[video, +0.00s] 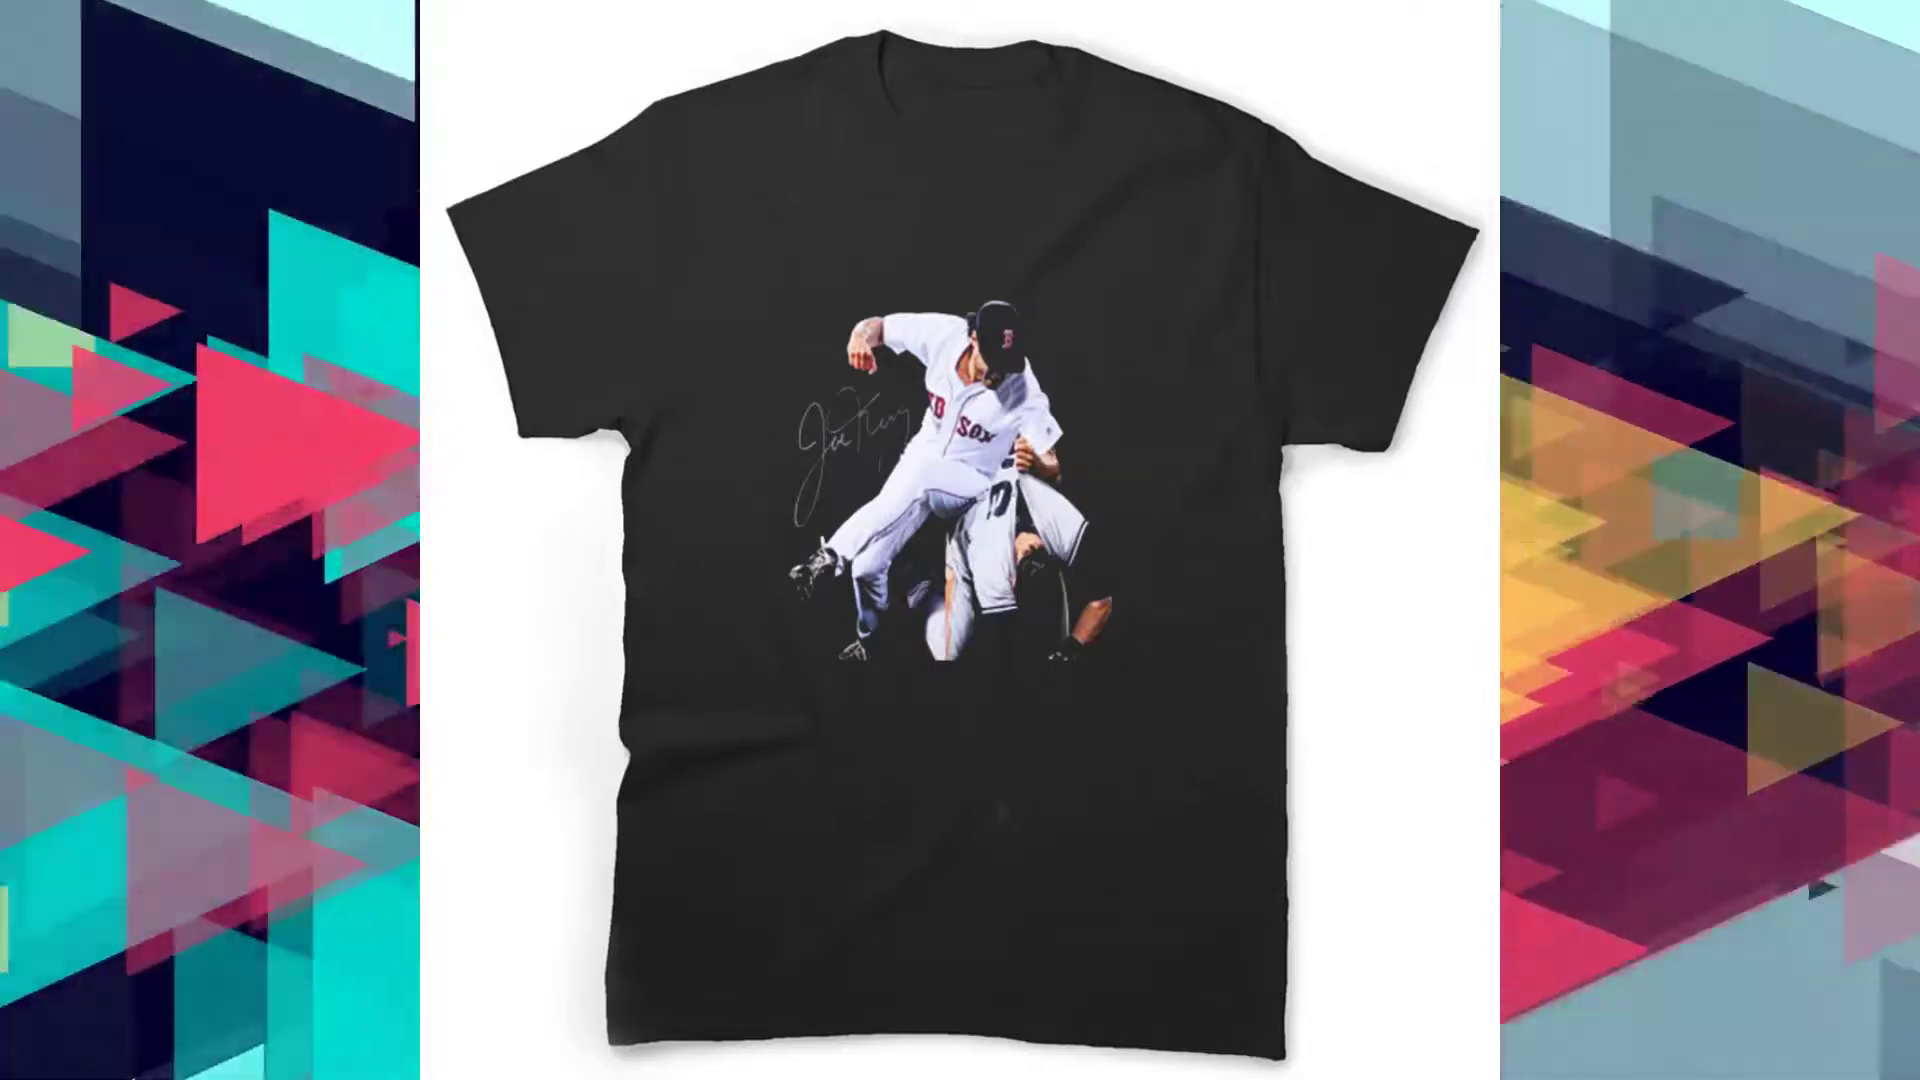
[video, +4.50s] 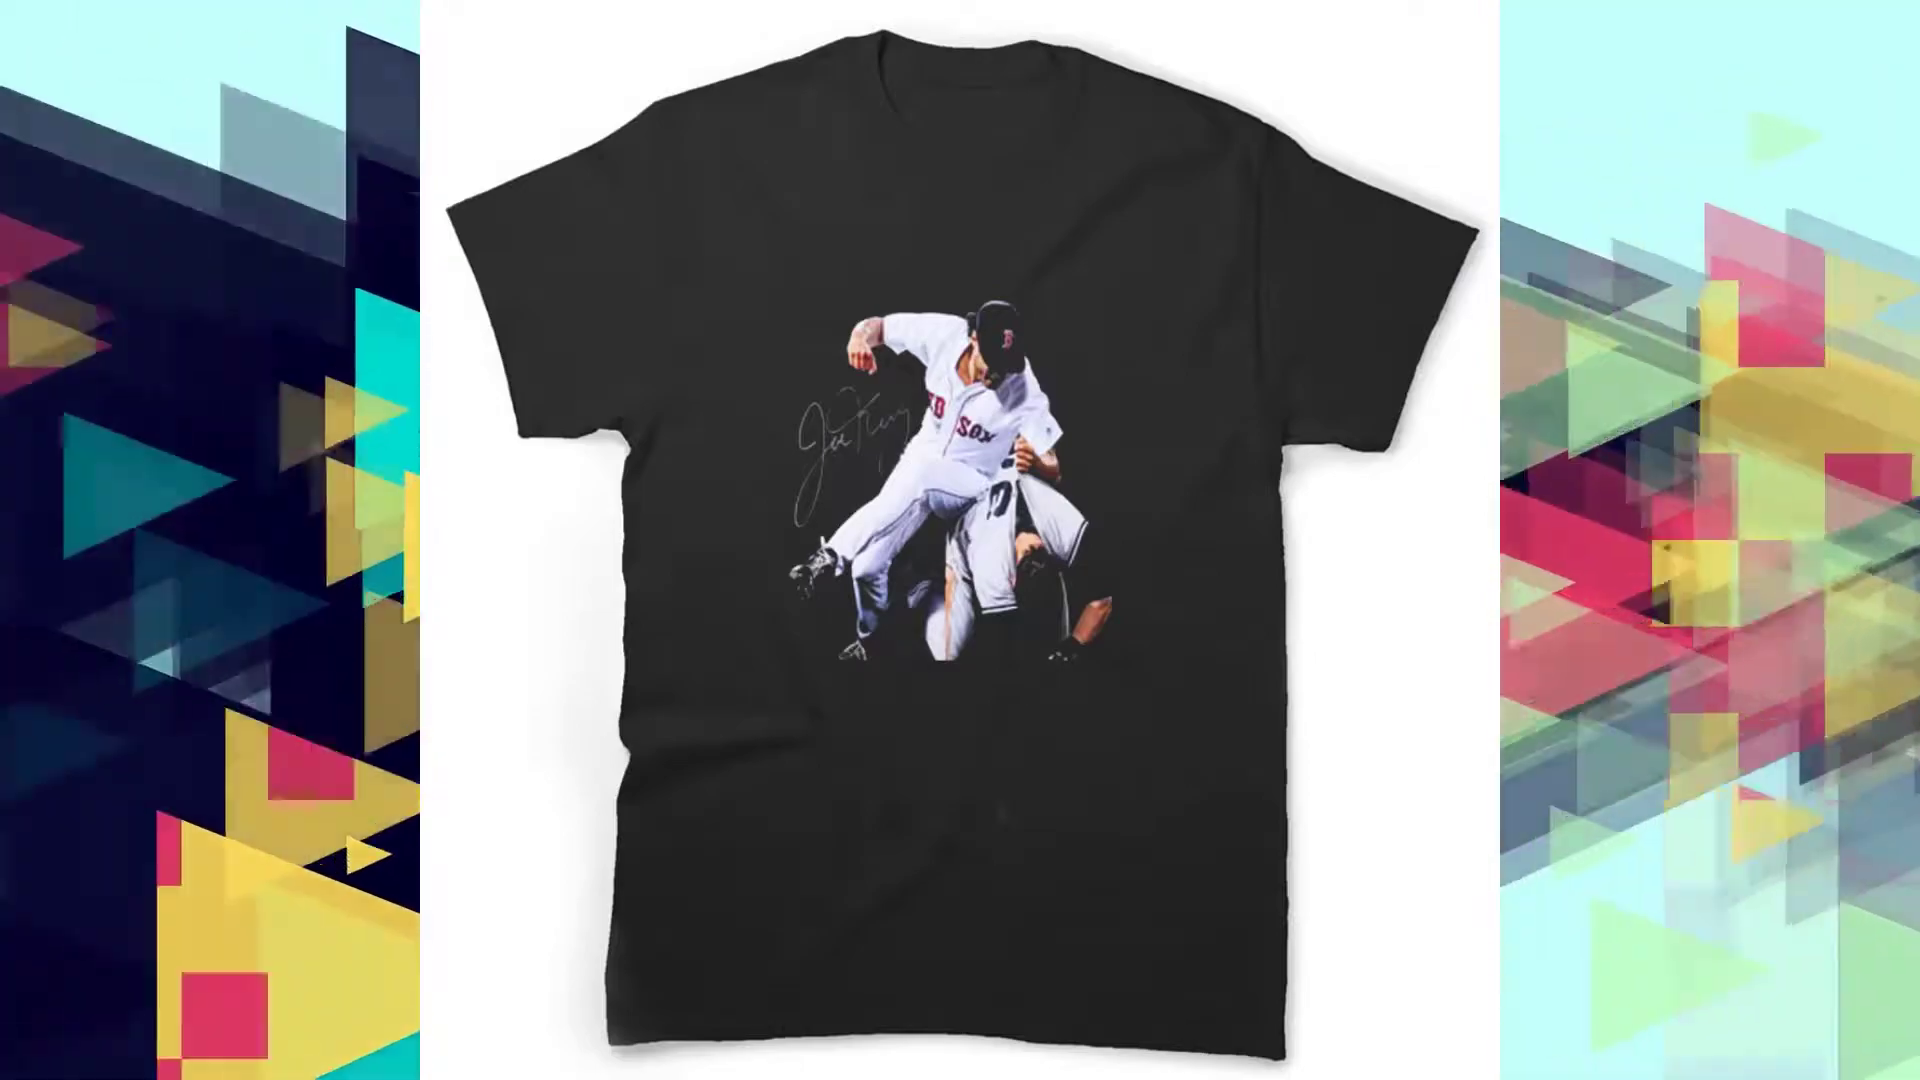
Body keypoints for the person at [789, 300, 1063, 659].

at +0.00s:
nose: (997, 374)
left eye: (1006, 367)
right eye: (991, 364)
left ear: (1017, 354)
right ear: (973, 341)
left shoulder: (1023, 389)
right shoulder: (946, 334)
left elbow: (1054, 468)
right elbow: (878, 327)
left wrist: (1038, 463)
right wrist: (861, 338)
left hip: (979, 482)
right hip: (922, 460)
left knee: (920, 476)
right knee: (867, 566)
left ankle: (828, 560)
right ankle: (871, 642)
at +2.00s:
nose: (997, 374)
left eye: (1006, 367)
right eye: (992, 365)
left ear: (1017, 354)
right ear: (973, 341)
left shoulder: (1024, 390)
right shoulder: (946, 334)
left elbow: (1053, 468)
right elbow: (877, 327)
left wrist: (1038, 463)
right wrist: (861, 339)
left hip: (978, 482)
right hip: (922, 460)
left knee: (920, 477)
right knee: (867, 566)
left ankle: (828, 560)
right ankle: (871, 641)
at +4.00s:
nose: (994, 375)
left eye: (1003, 368)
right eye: (990, 365)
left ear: (1016, 355)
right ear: (973, 341)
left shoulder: (1024, 390)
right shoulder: (946, 334)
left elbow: (1054, 469)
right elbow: (877, 327)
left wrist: (1038, 463)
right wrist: (861, 339)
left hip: (979, 484)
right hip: (922, 462)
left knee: (920, 474)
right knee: (867, 567)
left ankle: (828, 560)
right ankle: (872, 642)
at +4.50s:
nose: (994, 375)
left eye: (1003, 368)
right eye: (990, 365)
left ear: (1016, 355)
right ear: (973, 341)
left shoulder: (1024, 390)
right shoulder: (946, 334)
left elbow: (1054, 469)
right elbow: (878, 327)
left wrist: (1038, 463)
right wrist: (861, 339)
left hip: (979, 484)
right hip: (922, 462)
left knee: (920, 474)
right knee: (867, 567)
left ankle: (828, 560)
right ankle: (872, 641)